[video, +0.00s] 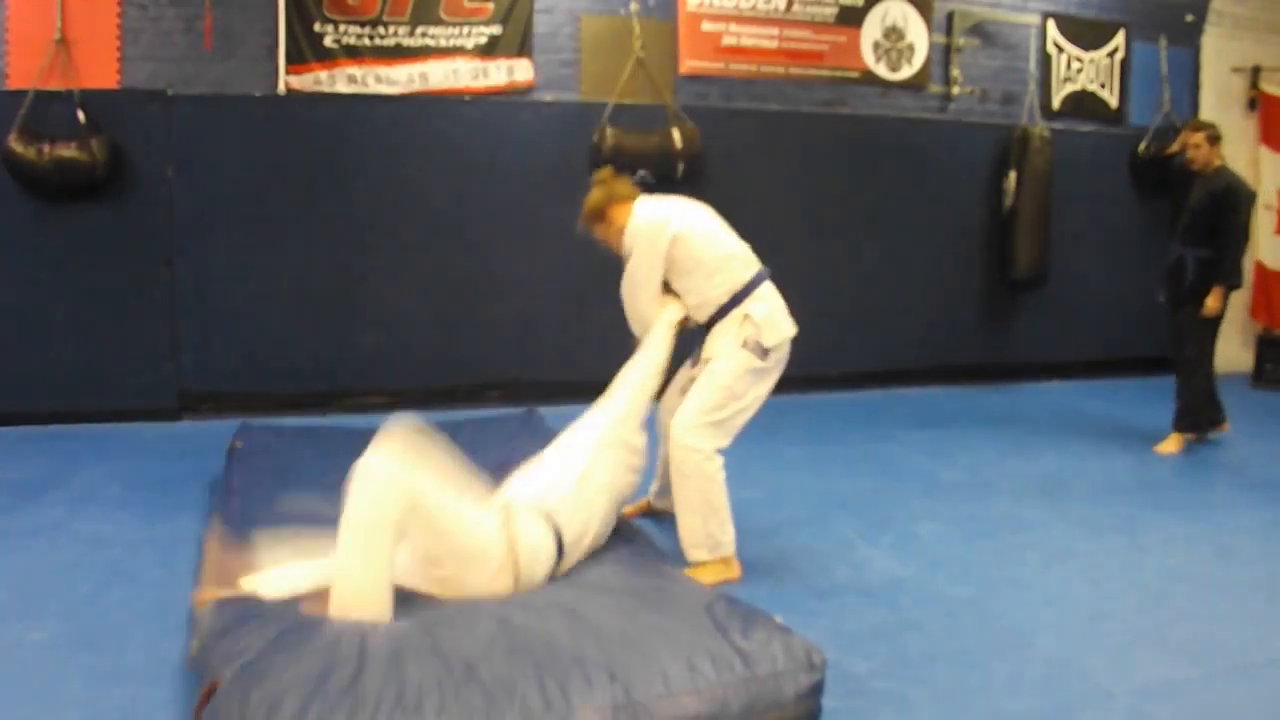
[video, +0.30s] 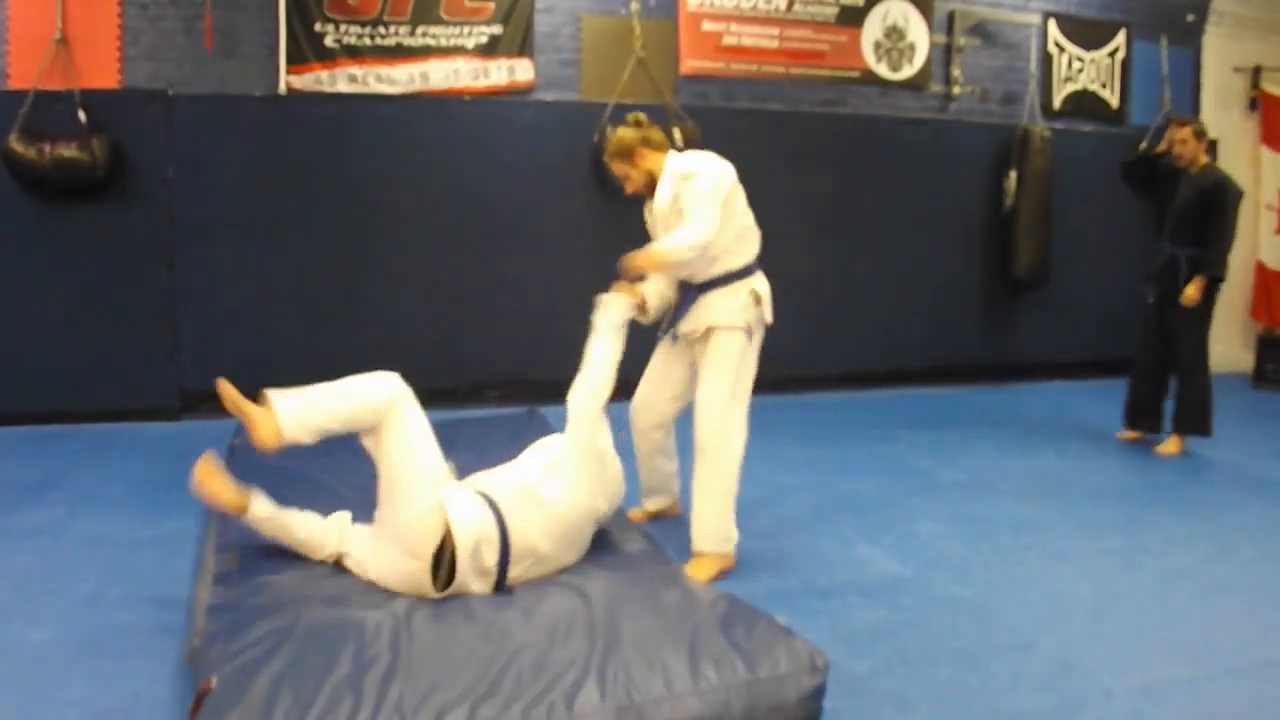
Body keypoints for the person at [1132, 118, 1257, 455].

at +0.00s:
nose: (1189, 155)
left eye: (1195, 148)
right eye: (1186, 149)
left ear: (1214, 147)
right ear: (1184, 150)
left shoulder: (1234, 189)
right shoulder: (1189, 178)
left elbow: (1233, 245)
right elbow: (1146, 175)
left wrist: (1220, 288)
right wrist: (1166, 153)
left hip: (1207, 281)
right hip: (1181, 276)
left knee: (1192, 355)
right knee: (1188, 352)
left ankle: (1184, 427)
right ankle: (1211, 416)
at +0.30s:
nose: (1176, 150)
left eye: (1183, 143)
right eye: (1172, 144)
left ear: (1202, 144)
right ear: (1168, 146)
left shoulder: (1220, 185)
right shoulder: (1170, 175)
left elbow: (1220, 242)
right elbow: (1132, 173)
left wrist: (1201, 280)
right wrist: (1154, 151)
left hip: (1196, 274)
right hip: (1165, 269)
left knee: (1189, 353)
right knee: (1151, 346)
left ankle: (1180, 432)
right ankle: (1142, 422)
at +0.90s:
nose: (1110, 148)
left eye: (1117, 141)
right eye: (1107, 142)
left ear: (1137, 140)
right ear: (1104, 144)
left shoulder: (1164, 178)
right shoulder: (1107, 176)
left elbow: (1180, 229)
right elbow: (1068, 178)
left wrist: (1177, 273)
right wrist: (1094, 154)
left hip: (1151, 275)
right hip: (1112, 273)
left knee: (1154, 354)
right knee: (1108, 355)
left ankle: (1168, 427)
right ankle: (1100, 436)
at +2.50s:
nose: (1092, 133)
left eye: (1100, 126)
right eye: (1087, 126)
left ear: (1120, 130)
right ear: (1083, 132)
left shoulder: (1147, 179)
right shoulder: (1073, 179)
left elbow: (1165, 240)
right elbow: (1040, 224)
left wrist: (1161, 291)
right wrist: (1036, 187)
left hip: (1128, 293)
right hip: (1079, 291)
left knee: (1128, 378)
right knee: (1070, 381)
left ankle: (1125, 455)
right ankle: (1064, 470)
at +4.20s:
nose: (1119, 131)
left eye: (1128, 123)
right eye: (1115, 123)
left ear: (1151, 125)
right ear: (1112, 126)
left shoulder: (1178, 175)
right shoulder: (1110, 176)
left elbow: (1190, 247)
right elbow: (1090, 239)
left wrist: (1179, 308)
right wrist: (1069, 235)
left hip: (1160, 299)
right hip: (1120, 296)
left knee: (1131, 387)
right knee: (1117, 388)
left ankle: (1131, 490)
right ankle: (1118, 481)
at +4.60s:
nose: (1110, 149)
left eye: (1119, 140)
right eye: (1104, 140)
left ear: (1140, 139)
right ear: (1096, 140)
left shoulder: (1163, 190)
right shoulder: (1086, 187)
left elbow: (1186, 262)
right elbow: (1071, 250)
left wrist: (1198, 330)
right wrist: (1071, 306)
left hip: (1140, 308)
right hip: (1093, 308)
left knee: (1124, 407)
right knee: (1106, 404)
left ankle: (1120, 519)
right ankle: (1126, 486)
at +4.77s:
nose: (1111, 157)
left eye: (1121, 148)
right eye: (1105, 147)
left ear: (1142, 148)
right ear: (1096, 145)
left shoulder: (1162, 204)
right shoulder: (1070, 187)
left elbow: (1176, 277)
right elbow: (1038, 245)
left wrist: (1173, 343)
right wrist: (1031, 305)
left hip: (1122, 324)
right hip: (1066, 318)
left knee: (1110, 430)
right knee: (1051, 422)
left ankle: (1119, 534)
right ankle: (1095, 464)